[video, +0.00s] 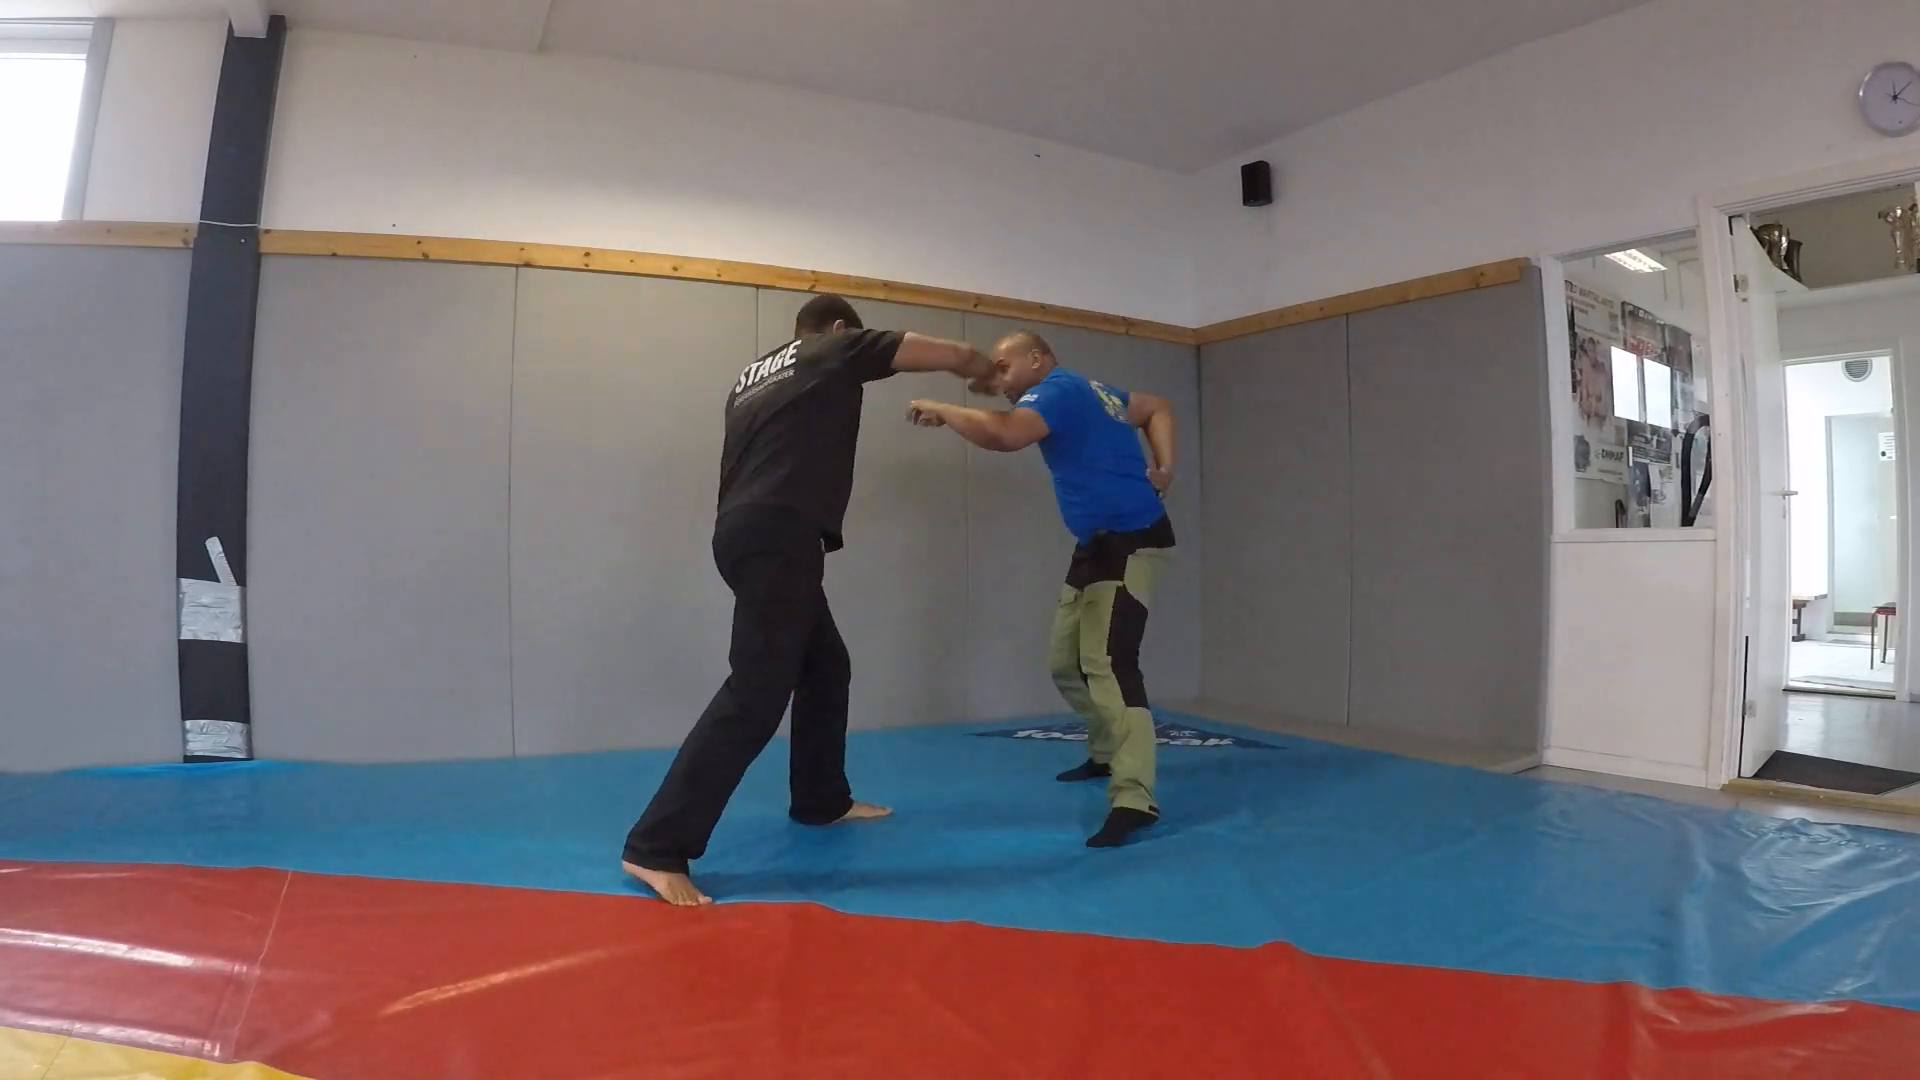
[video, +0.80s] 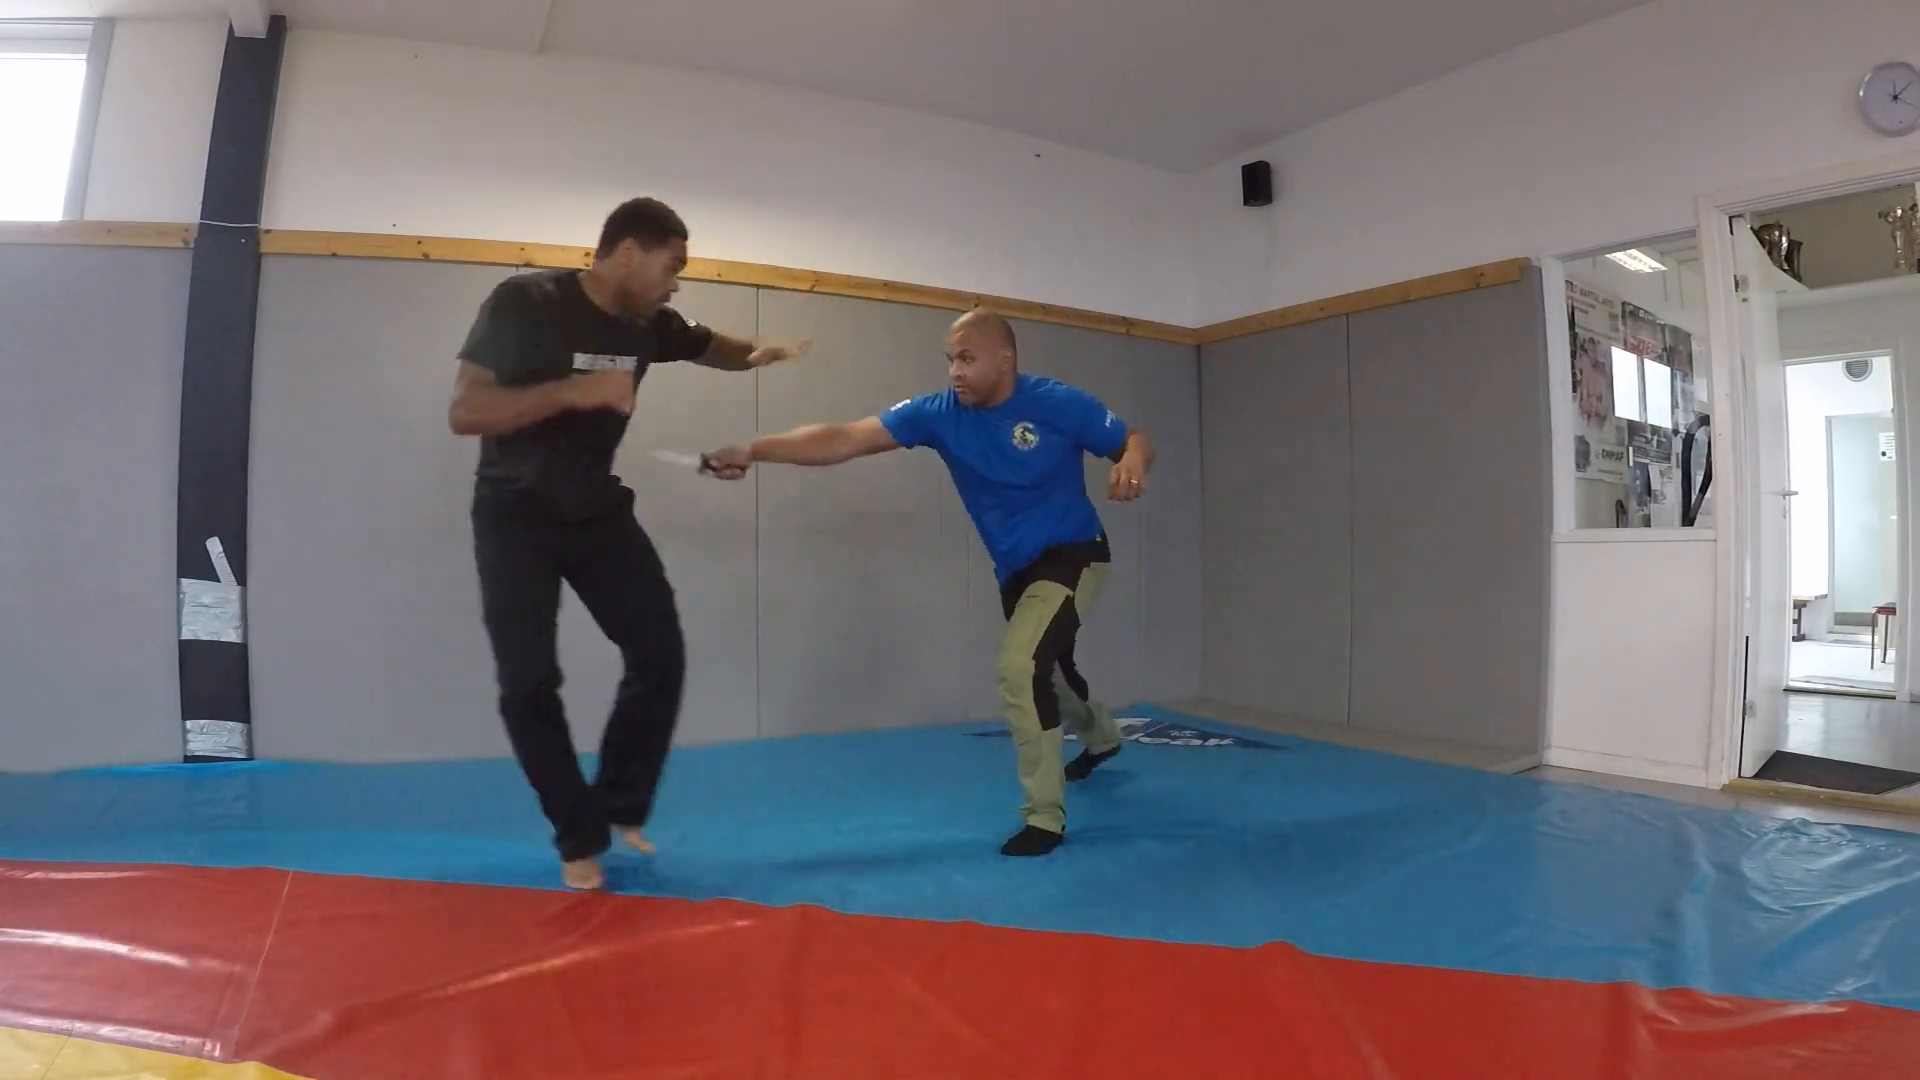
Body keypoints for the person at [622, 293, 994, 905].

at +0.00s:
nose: (856, 343)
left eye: (856, 337)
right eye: (855, 336)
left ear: (799, 329)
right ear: (841, 328)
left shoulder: (749, 378)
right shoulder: (838, 347)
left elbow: (735, 471)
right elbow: (960, 355)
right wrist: (980, 368)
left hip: (739, 533)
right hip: (781, 530)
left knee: (825, 666)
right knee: (758, 687)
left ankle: (820, 802)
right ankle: (657, 847)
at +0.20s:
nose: (864, 357)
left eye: (865, 349)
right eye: (864, 346)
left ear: (817, 329)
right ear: (849, 330)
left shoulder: (774, 367)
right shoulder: (829, 349)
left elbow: (748, 451)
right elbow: (862, 417)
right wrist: (922, 435)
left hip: (745, 526)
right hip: (762, 526)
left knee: (811, 666)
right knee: (750, 678)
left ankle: (819, 802)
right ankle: (655, 841)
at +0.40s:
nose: (855, 367)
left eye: (857, 357)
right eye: (853, 354)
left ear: (822, 342)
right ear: (827, 339)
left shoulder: (795, 396)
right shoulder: (775, 372)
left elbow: (817, 461)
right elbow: (755, 439)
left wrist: (865, 410)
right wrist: (846, 437)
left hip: (754, 559)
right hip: (720, 553)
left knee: (829, 662)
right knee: (748, 697)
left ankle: (826, 800)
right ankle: (618, 824)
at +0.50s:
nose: (829, 355)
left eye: (831, 343)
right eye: (828, 341)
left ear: (795, 333)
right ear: (797, 332)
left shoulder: (770, 397)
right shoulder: (729, 379)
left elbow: (777, 470)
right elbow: (670, 452)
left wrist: (818, 412)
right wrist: (768, 443)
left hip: (744, 564)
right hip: (698, 562)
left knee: (824, 668)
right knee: (725, 710)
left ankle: (834, 801)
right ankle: (595, 820)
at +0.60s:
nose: (781, 331)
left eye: (783, 318)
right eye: (778, 316)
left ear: (744, 306)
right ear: (744, 304)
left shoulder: (721, 373)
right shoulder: (662, 353)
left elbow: (732, 404)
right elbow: (569, 415)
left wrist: (765, 363)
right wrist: (659, 377)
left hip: (710, 561)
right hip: (648, 560)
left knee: (770, 686)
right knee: (677, 710)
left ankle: (826, 800)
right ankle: (608, 853)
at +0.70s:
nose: (726, 304)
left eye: (730, 292)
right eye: (721, 288)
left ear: (686, 278)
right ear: (680, 272)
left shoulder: (690, 343)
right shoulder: (587, 323)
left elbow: (731, 352)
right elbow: (499, 387)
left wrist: (772, 308)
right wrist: (592, 336)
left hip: (659, 541)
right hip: (582, 540)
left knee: (716, 676)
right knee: (615, 702)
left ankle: (752, 807)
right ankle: (604, 858)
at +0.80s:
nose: (675, 284)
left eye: (680, 271)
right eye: (670, 267)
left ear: (636, 261)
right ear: (624, 253)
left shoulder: (652, 325)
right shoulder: (523, 301)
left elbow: (715, 348)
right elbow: (466, 409)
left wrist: (755, 354)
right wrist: (575, 390)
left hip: (596, 510)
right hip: (514, 512)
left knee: (658, 655)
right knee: (528, 682)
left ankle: (617, 808)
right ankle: (578, 838)